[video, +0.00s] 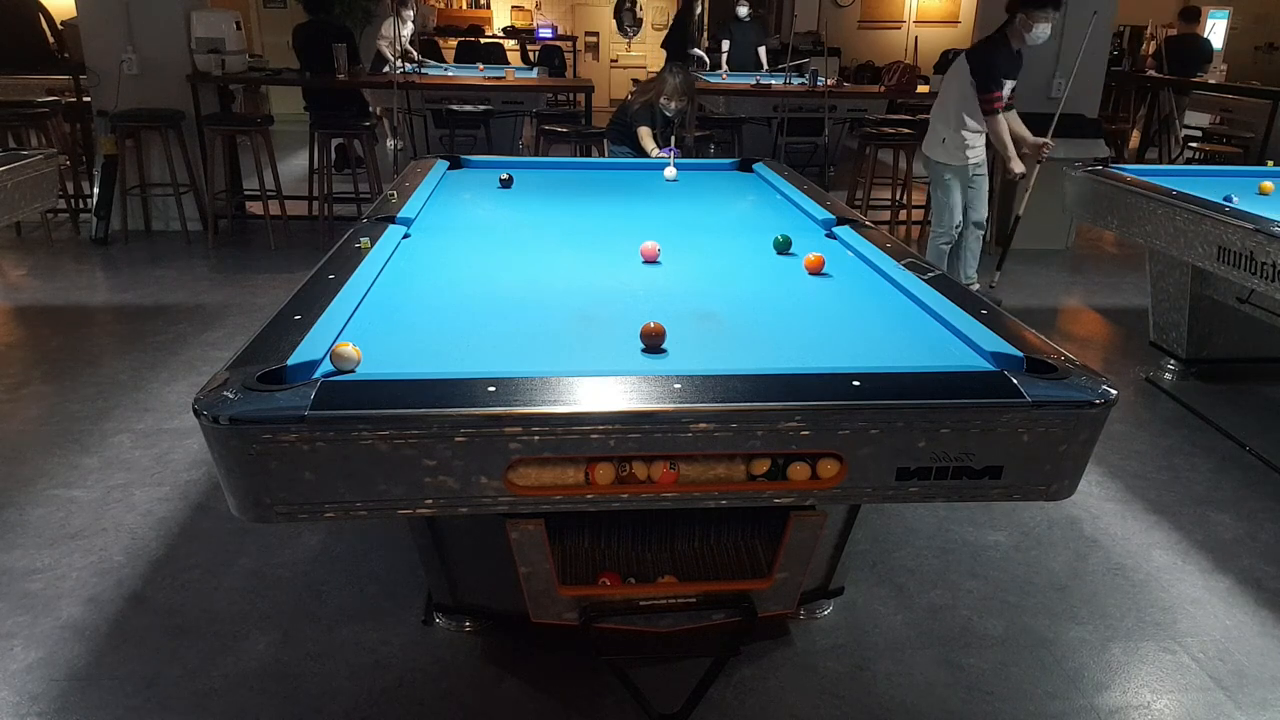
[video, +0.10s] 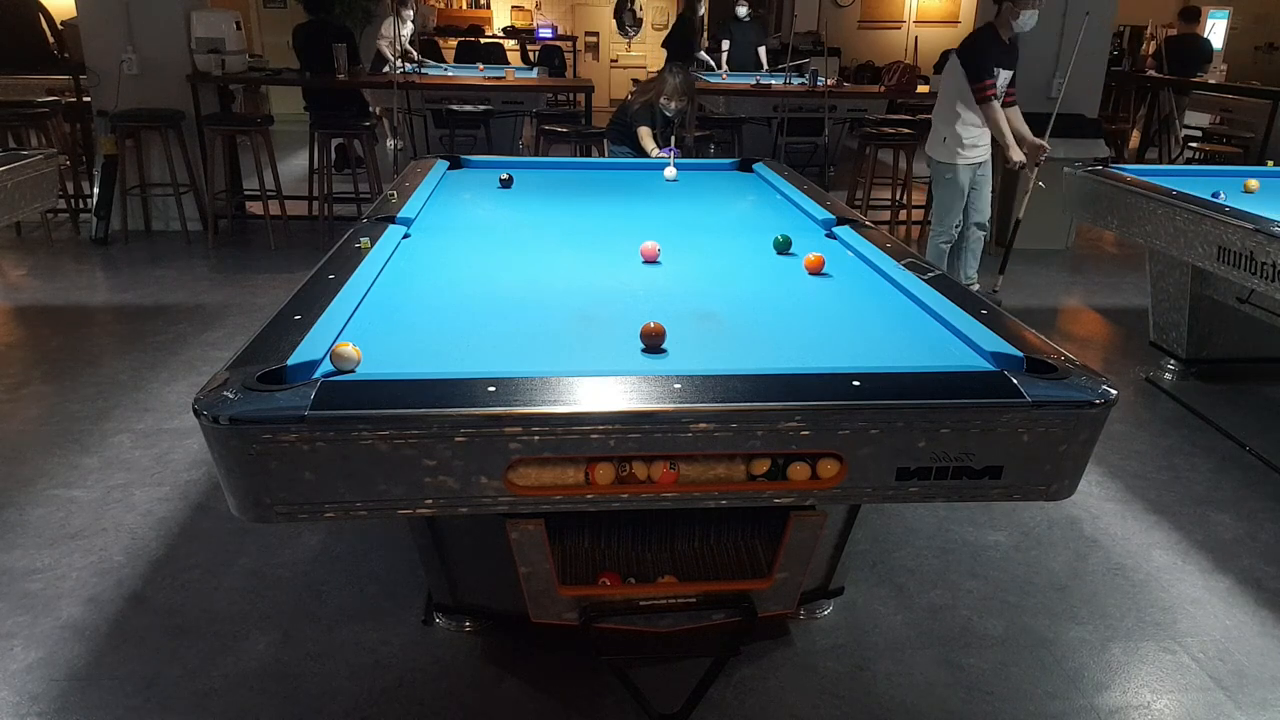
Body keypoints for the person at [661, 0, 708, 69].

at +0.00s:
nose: (700, 8)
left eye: (700, 5)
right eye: (699, 5)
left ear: (687, 5)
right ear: (694, 6)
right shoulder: (688, 19)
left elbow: (664, 45)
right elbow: (689, 48)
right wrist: (703, 55)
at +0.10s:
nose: (704, 7)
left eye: (703, 4)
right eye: (702, 4)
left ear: (688, 5)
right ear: (697, 6)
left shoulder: (681, 17)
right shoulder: (692, 20)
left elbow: (665, 44)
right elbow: (696, 50)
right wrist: (710, 61)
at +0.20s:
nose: (708, 10)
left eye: (708, 7)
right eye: (707, 7)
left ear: (694, 7)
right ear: (701, 8)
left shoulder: (684, 20)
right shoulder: (695, 24)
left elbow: (667, 43)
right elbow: (703, 51)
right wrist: (718, 65)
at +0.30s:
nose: (713, 12)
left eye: (712, 9)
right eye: (712, 9)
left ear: (697, 9)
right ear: (706, 10)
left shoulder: (687, 21)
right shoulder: (702, 25)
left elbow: (670, 42)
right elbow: (710, 50)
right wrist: (723, 63)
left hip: (672, 67)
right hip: (687, 70)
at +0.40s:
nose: (717, 16)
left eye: (717, 13)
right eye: (716, 13)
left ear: (701, 13)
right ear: (710, 14)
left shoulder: (687, 27)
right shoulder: (708, 30)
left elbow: (672, 43)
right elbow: (719, 53)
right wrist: (733, 66)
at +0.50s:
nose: (722, 20)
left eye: (722, 17)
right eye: (721, 17)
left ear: (706, 16)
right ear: (715, 18)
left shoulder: (692, 29)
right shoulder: (712, 34)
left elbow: (675, 43)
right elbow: (725, 56)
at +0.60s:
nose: (725, 24)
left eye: (725, 21)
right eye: (724, 21)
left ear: (709, 20)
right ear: (719, 22)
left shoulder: (695, 32)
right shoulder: (715, 39)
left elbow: (676, 44)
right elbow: (730, 58)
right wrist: (746, 70)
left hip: (672, 71)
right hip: (691, 75)